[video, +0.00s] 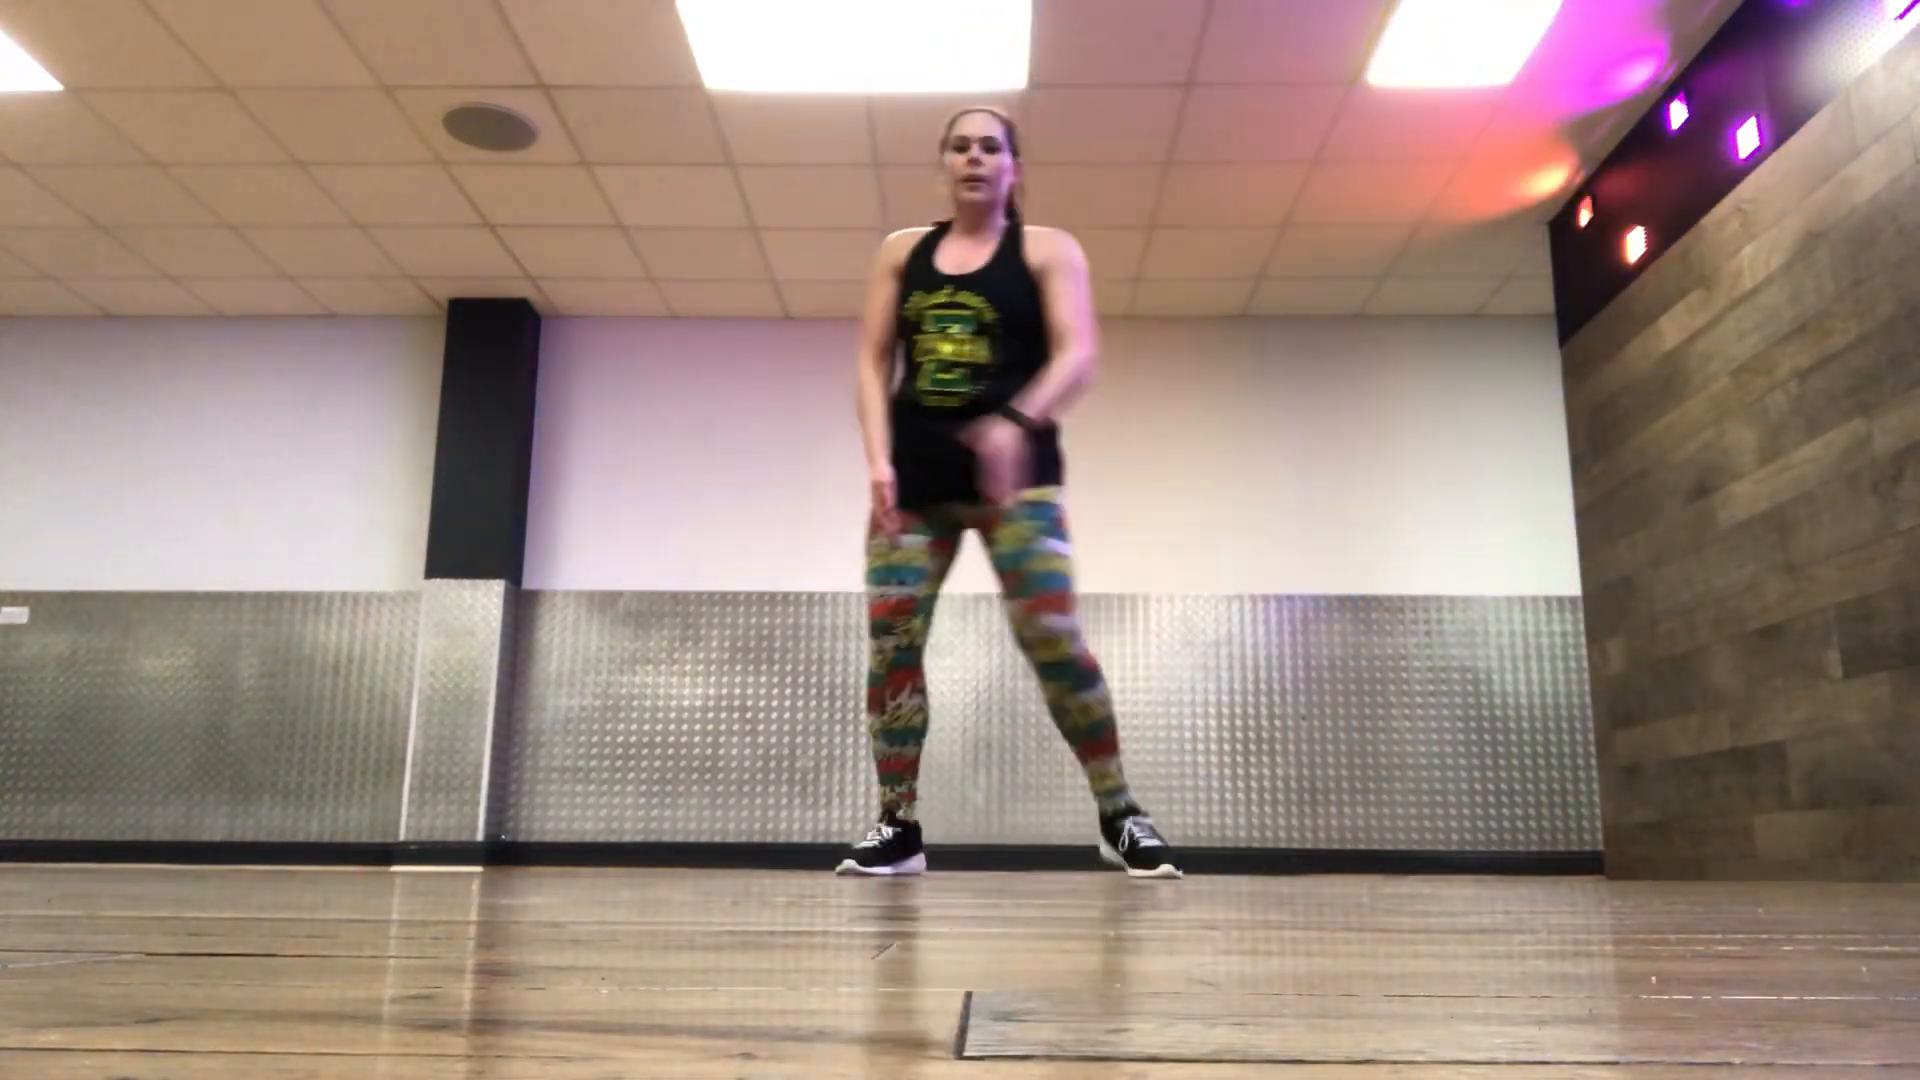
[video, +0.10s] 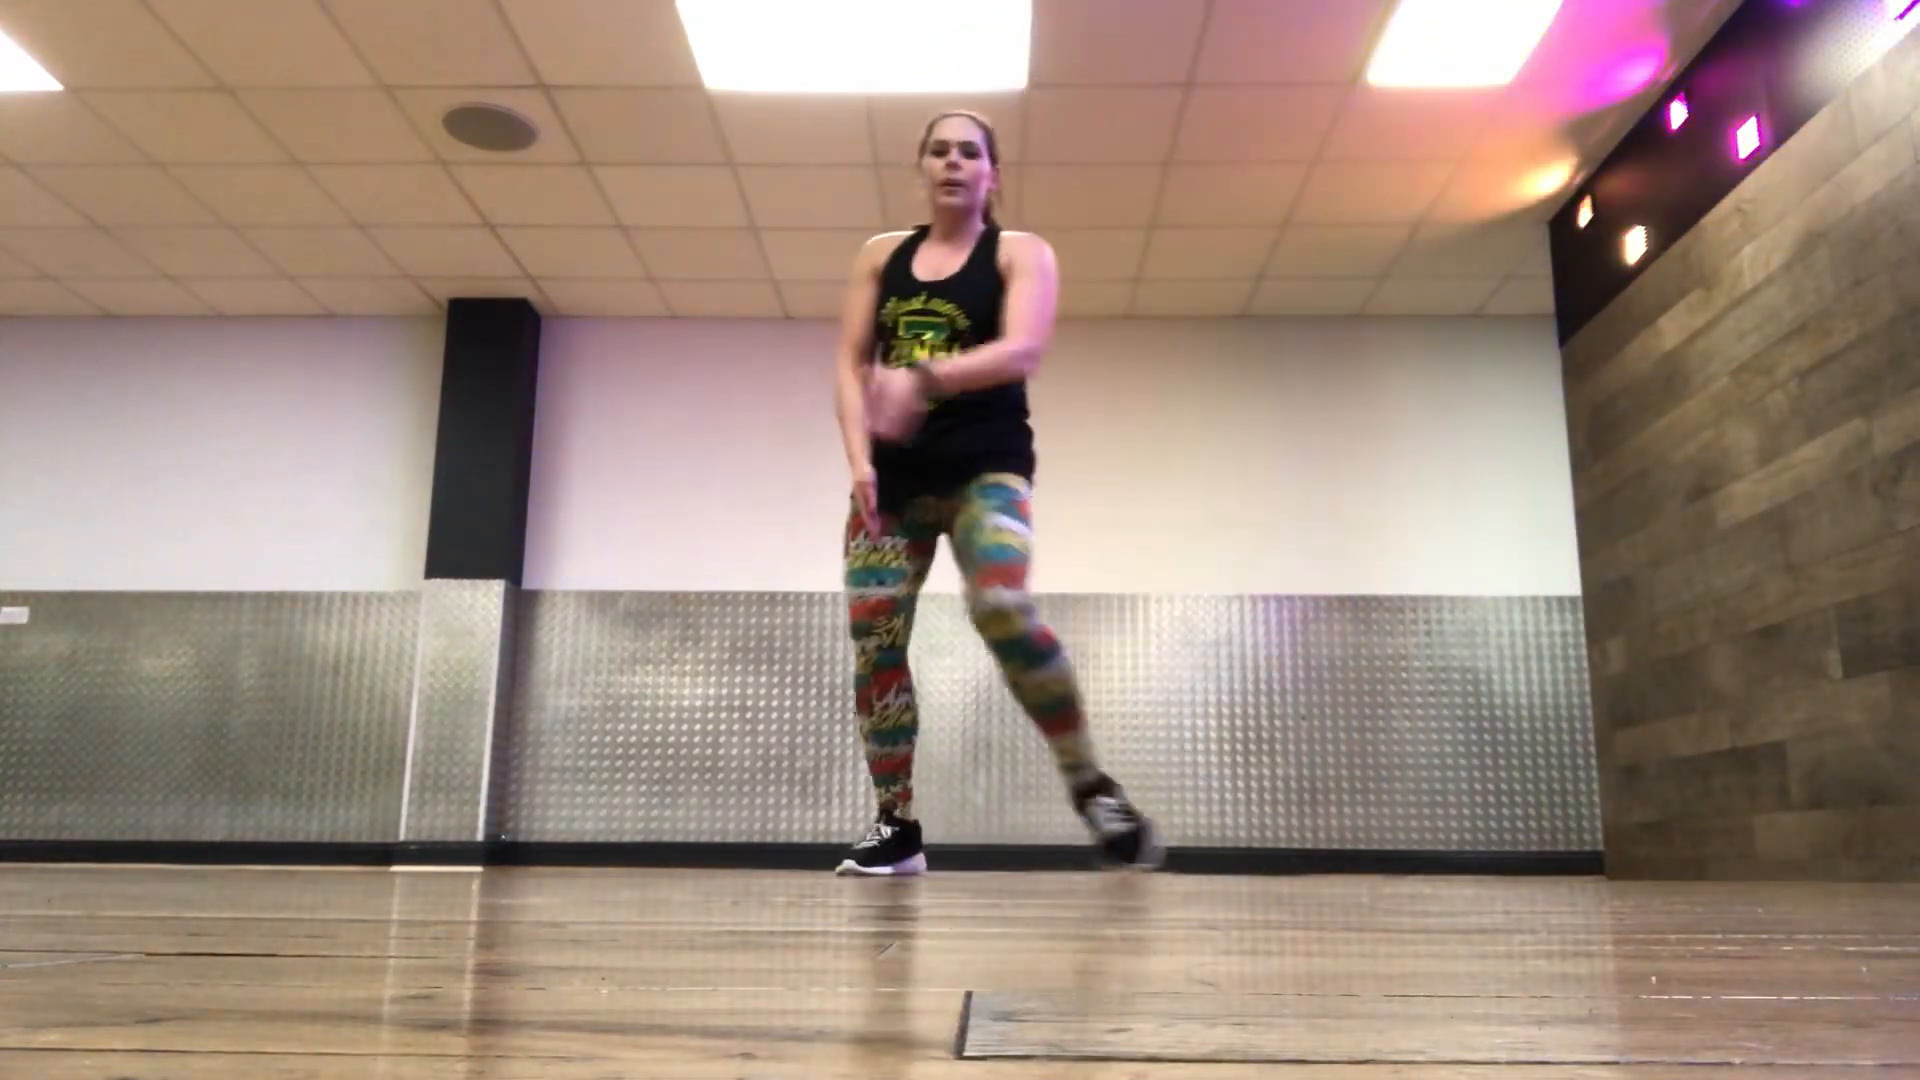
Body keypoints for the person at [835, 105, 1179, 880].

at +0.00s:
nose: (974, 157)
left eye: (989, 147)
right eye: (961, 146)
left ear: (1015, 168)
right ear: (941, 165)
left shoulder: (1048, 250)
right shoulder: (902, 252)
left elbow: (1078, 354)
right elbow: (873, 360)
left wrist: (1019, 418)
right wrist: (878, 461)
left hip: (1015, 479)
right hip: (916, 481)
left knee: (1053, 638)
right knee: (892, 646)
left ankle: (1119, 813)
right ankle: (897, 826)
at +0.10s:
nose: (953, 162)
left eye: (968, 152)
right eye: (941, 151)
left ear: (992, 175)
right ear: (920, 170)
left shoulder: (1023, 254)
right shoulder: (882, 256)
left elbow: (1023, 351)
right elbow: (851, 362)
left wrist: (924, 377)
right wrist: (859, 461)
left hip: (987, 467)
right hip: (897, 474)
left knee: (1000, 609)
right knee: (873, 634)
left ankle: (1090, 788)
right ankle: (896, 826)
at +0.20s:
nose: (938, 161)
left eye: (953, 151)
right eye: (925, 150)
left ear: (977, 175)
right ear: (904, 171)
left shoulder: (1005, 254)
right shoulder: (867, 256)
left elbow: (972, 348)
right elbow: (836, 366)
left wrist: (853, 361)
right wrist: (848, 458)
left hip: (972, 460)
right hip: (882, 468)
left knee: (953, 577)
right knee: (865, 636)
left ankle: (1011, 775)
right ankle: (896, 825)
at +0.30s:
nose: (927, 157)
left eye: (943, 147)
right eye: (914, 146)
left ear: (967, 171)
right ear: (893, 167)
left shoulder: (992, 248)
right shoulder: (858, 252)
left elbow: (954, 346)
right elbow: (832, 357)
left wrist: (835, 384)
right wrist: (839, 435)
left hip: (962, 459)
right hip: (872, 467)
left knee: (916, 572)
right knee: (863, 634)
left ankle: (901, 769)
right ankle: (893, 828)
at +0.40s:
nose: (921, 158)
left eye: (937, 149)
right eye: (908, 148)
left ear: (960, 171)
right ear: (886, 168)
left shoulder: (988, 250)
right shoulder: (851, 252)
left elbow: (977, 350)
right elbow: (828, 356)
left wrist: (857, 371)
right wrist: (843, 435)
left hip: (953, 467)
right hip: (864, 468)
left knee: (881, 609)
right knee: (865, 637)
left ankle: (806, 790)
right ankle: (899, 828)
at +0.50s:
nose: (921, 165)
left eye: (937, 155)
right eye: (908, 154)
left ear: (960, 179)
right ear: (886, 175)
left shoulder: (990, 258)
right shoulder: (849, 259)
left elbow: (1008, 348)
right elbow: (818, 363)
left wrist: (937, 314)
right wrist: (846, 446)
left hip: (945, 479)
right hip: (856, 474)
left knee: (863, 618)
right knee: (861, 637)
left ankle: (786, 803)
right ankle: (899, 826)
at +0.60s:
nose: (926, 166)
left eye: (941, 156)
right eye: (913, 155)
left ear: (963, 180)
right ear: (890, 175)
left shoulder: (989, 259)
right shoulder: (849, 257)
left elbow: (1034, 333)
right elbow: (820, 365)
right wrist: (846, 460)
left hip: (950, 473)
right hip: (858, 472)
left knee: (891, 603)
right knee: (863, 644)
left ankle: (811, 796)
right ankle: (900, 826)